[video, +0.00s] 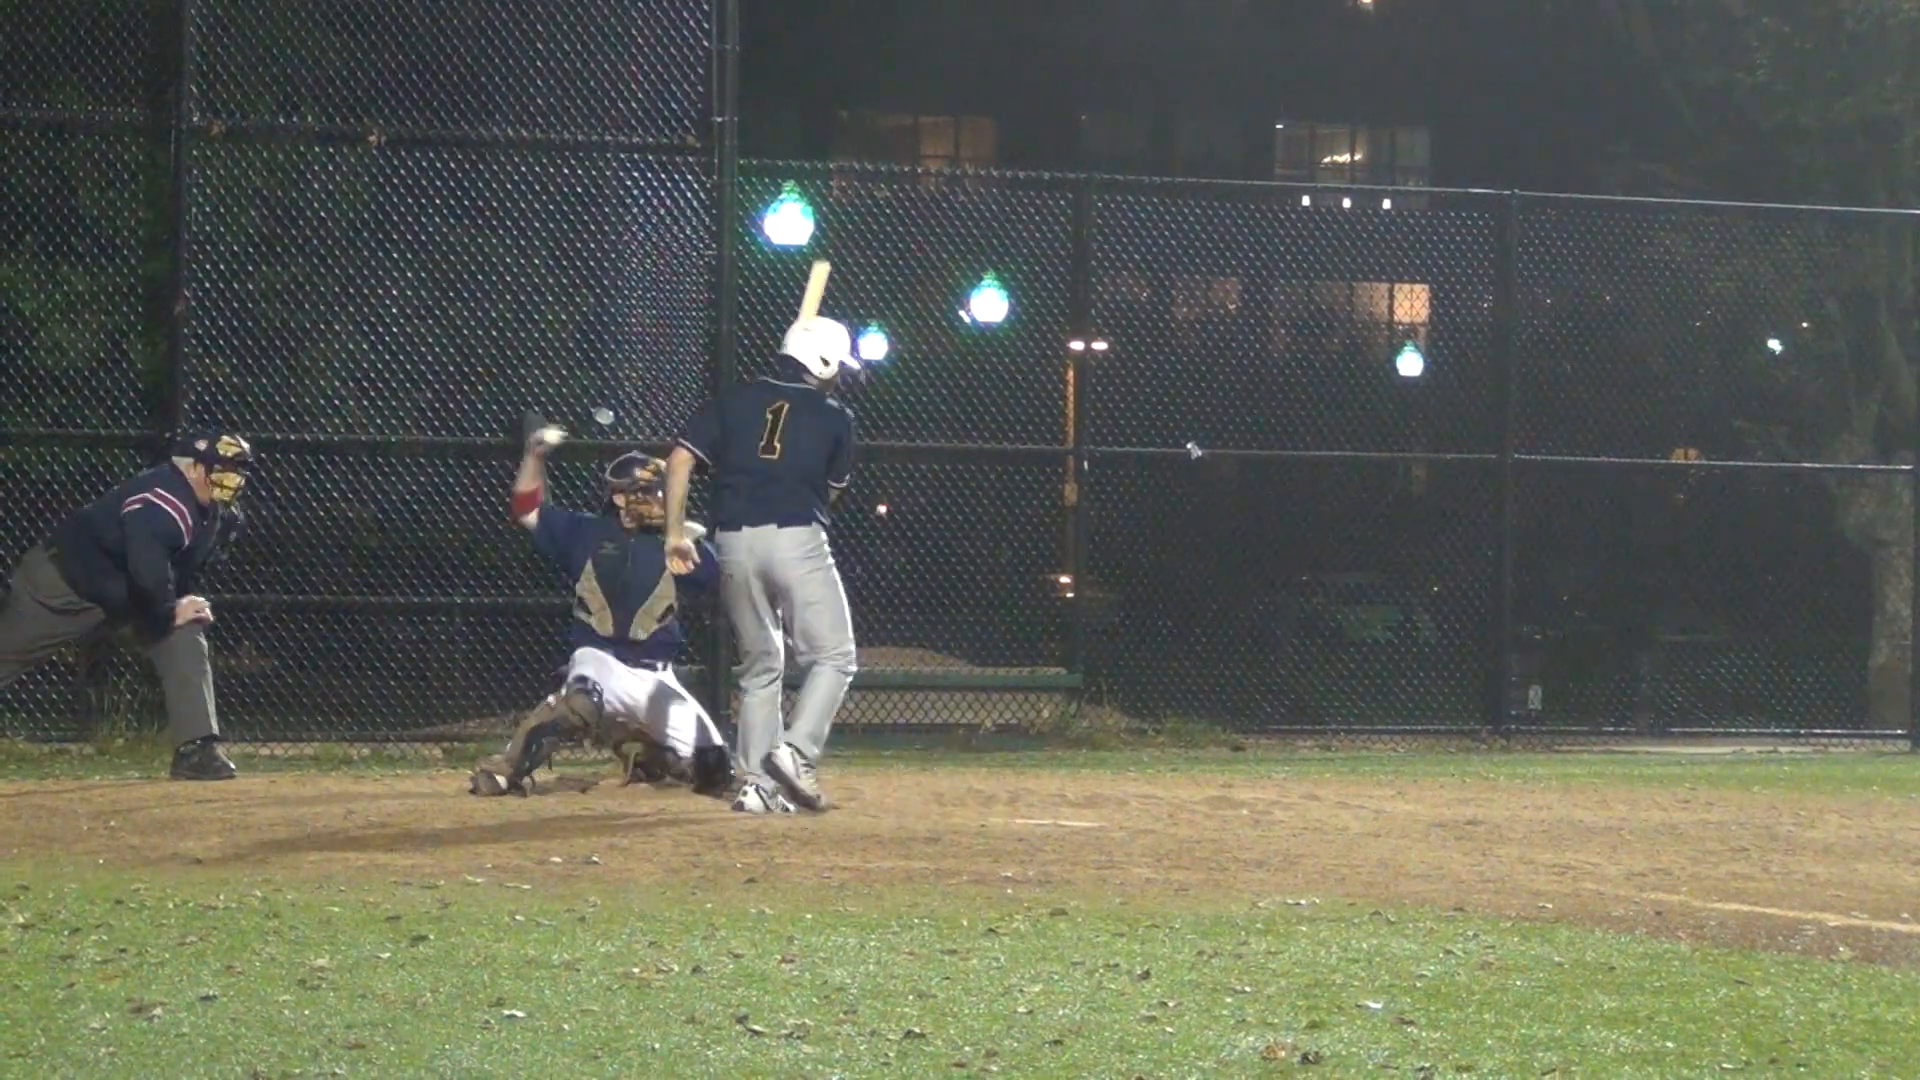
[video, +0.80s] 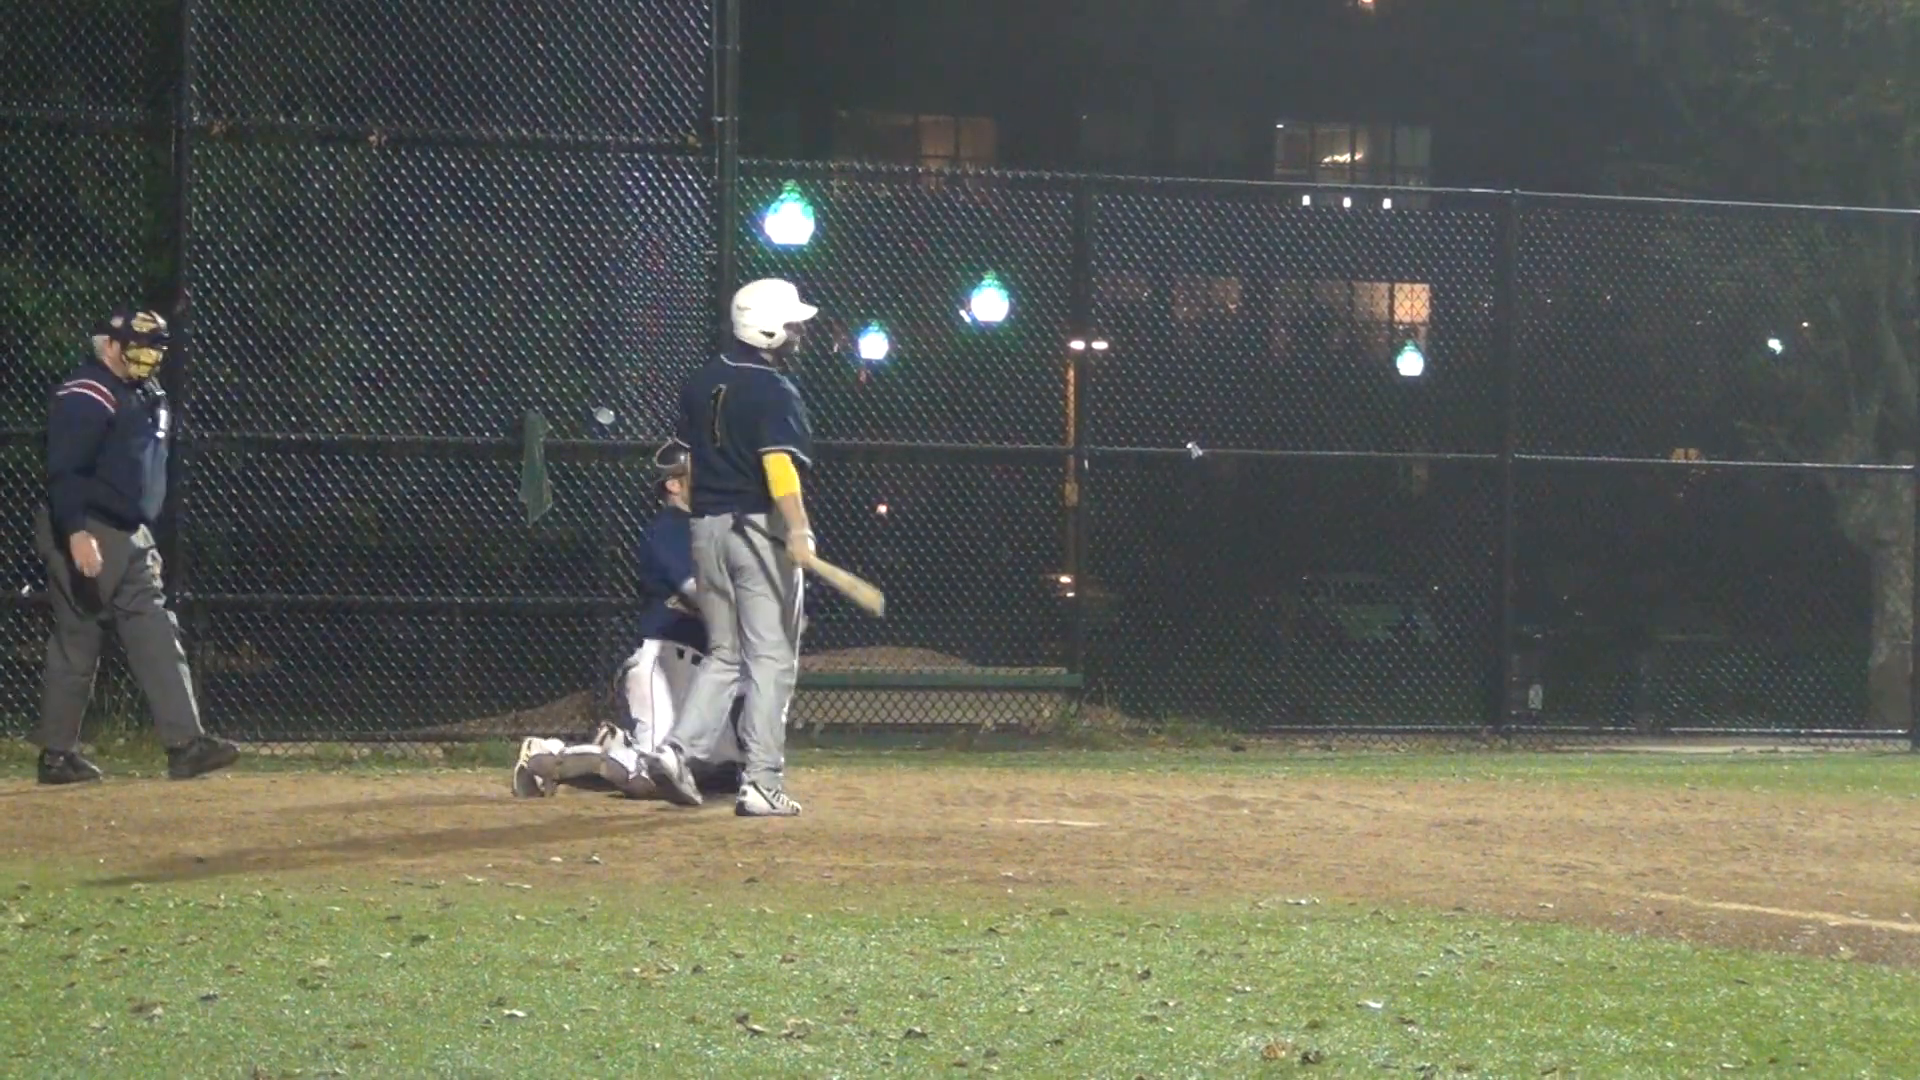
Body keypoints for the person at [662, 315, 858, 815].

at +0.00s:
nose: (839, 376)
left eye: (840, 367)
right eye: (837, 367)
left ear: (786, 354)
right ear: (826, 366)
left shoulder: (736, 398)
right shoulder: (836, 416)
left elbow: (681, 455)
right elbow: (833, 491)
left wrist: (674, 530)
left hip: (734, 543)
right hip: (796, 540)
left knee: (759, 667)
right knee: (833, 657)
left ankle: (754, 784)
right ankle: (797, 752)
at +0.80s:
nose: (799, 334)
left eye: (797, 325)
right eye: (792, 326)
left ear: (743, 326)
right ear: (769, 330)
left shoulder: (701, 380)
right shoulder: (771, 387)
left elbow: (691, 453)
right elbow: (778, 462)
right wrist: (798, 527)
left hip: (706, 529)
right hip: (756, 528)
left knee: (725, 652)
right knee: (771, 657)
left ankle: (680, 749)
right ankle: (763, 784)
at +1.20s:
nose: (737, 332)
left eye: (734, 323)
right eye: (727, 324)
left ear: (688, 333)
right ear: (701, 331)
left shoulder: (655, 382)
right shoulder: (699, 384)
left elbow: (637, 465)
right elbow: (700, 452)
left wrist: (643, 517)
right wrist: (721, 504)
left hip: (648, 530)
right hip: (695, 528)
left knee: (657, 658)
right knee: (731, 656)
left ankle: (638, 785)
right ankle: (762, 781)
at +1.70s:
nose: (681, 320)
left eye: (679, 311)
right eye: (672, 312)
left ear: (632, 321)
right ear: (645, 318)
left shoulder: (596, 379)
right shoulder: (659, 372)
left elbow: (580, 461)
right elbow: (673, 455)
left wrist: (600, 516)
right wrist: (697, 531)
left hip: (610, 528)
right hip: (655, 524)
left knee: (635, 651)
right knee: (727, 630)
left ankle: (633, 782)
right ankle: (687, 742)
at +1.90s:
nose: (671, 319)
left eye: (667, 310)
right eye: (662, 311)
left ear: (623, 320)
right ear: (637, 318)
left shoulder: (591, 383)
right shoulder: (657, 372)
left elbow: (585, 465)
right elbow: (677, 453)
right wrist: (716, 520)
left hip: (605, 527)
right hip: (657, 525)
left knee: (630, 651)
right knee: (685, 647)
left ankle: (628, 780)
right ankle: (646, 766)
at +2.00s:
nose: (666, 319)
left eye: (663, 310)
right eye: (659, 311)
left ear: (616, 321)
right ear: (637, 318)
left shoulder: (587, 382)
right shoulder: (654, 373)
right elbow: (676, 453)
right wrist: (722, 510)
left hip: (603, 523)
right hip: (654, 521)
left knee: (625, 654)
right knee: (665, 653)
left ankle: (628, 773)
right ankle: (630, 779)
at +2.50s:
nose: (666, 315)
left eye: (663, 307)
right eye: (659, 308)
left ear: (615, 319)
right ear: (640, 316)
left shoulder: (597, 374)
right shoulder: (640, 376)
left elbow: (638, 454)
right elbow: (652, 462)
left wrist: (709, 431)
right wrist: (694, 501)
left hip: (601, 524)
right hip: (641, 527)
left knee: (624, 654)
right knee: (638, 657)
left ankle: (635, 773)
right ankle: (617, 786)